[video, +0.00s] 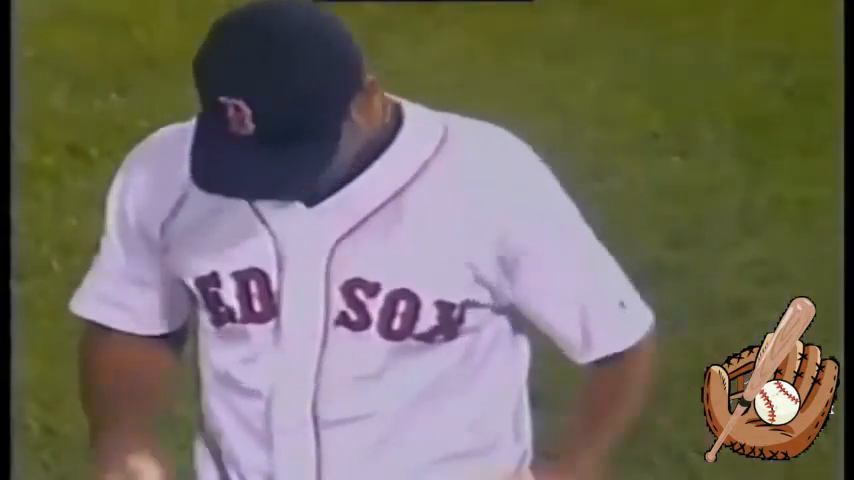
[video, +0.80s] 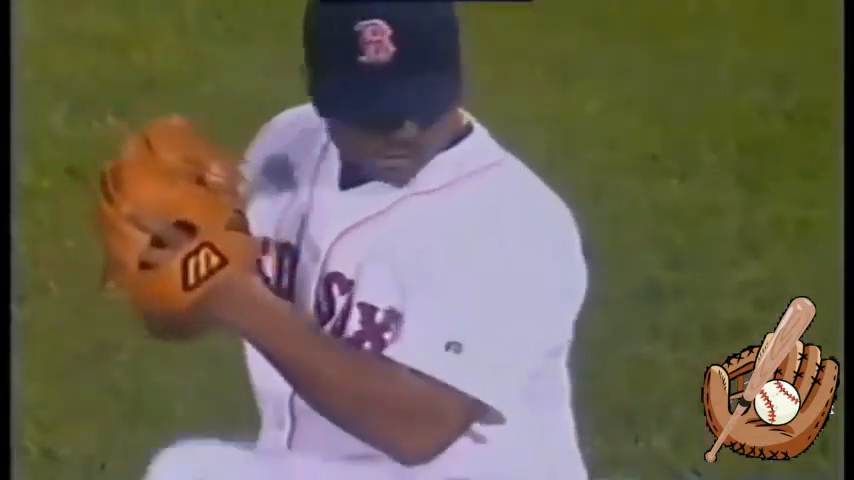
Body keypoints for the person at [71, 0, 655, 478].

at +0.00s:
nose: (277, 186)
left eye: (298, 167)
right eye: (254, 172)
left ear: (360, 106)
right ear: (217, 118)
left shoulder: (489, 176)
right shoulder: (167, 175)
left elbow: (626, 341)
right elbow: (127, 320)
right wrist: (127, 450)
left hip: (457, 469)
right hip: (245, 468)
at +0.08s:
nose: (278, 173)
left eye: (303, 148)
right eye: (255, 153)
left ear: (364, 88)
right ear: (220, 104)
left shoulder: (485, 175)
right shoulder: (162, 171)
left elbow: (595, 366)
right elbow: (120, 315)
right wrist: (140, 405)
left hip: (436, 470)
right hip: (237, 470)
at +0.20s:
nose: (279, 161)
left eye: (302, 138)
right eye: (254, 140)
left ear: (366, 78)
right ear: (219, 93)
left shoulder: (478, 184)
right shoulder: (158, 161)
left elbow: (521, 407)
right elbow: (95, 329)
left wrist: (318, 411)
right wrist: (180, 388)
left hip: (429, 469)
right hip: (227, 470)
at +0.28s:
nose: (279, 155)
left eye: (301, 132)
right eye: (257, 137)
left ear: (368, 77)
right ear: (223, 93)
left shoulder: (473, 195)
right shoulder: (159, 157)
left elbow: (473, 420)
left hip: (411, 471)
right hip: (223, 465)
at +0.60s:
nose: (320, 153)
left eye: (343, 131)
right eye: (297, 128)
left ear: (408, 71)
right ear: (268, 84)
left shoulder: (488, 210)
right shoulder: (227, 128)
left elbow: (404, 420)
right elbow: (87, 298)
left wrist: (222, 292)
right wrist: (129, 220)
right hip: (252, 464)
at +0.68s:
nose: (337, 139)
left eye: (365, 119)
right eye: (315, 116)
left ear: (427, 71)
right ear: (282, 86)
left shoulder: (499, 213)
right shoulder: (245, 133)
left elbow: (401, 418)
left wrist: (225, 286)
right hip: (262, 468)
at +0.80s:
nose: (401, 132)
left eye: (424, 106)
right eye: (370, 110)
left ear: (454, 81)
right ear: (320, 93)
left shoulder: (519, 223)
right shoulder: (290, 144)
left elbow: (416, 429)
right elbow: (179, 319)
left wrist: (234, 297)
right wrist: (170, 244)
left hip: (466, 470)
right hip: (298, 462)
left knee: (186, 464)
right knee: (182, 464)